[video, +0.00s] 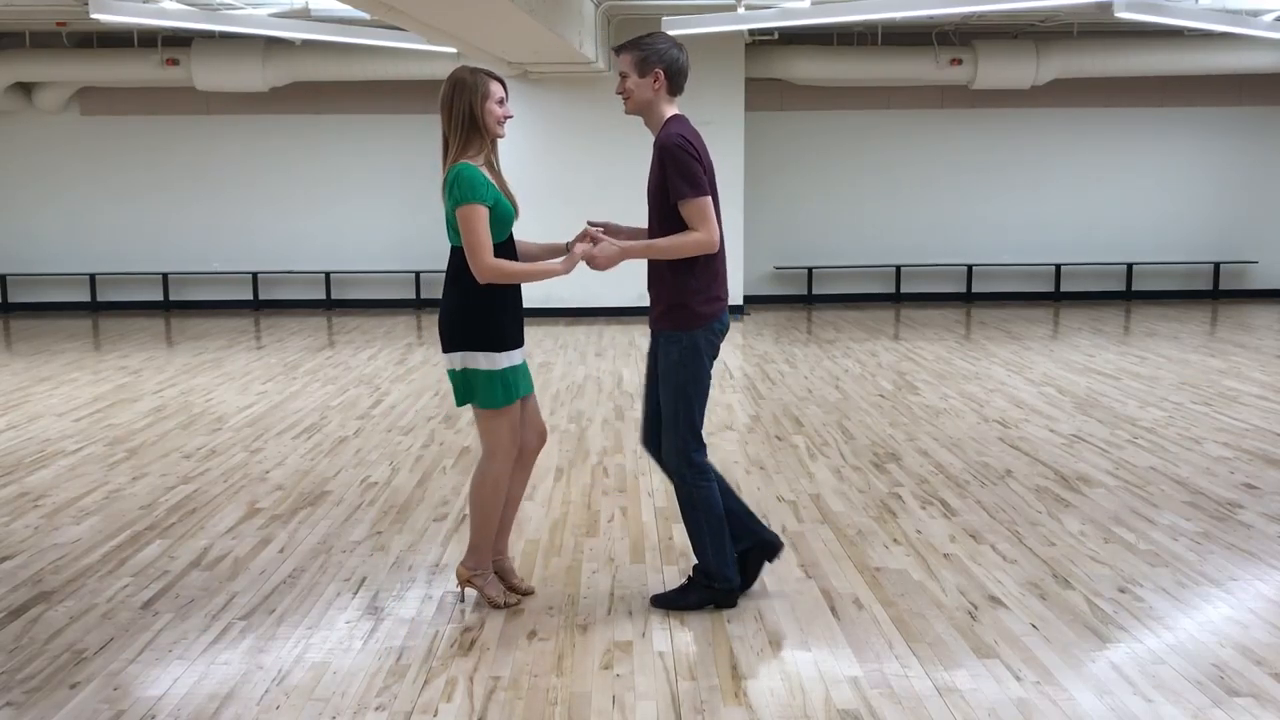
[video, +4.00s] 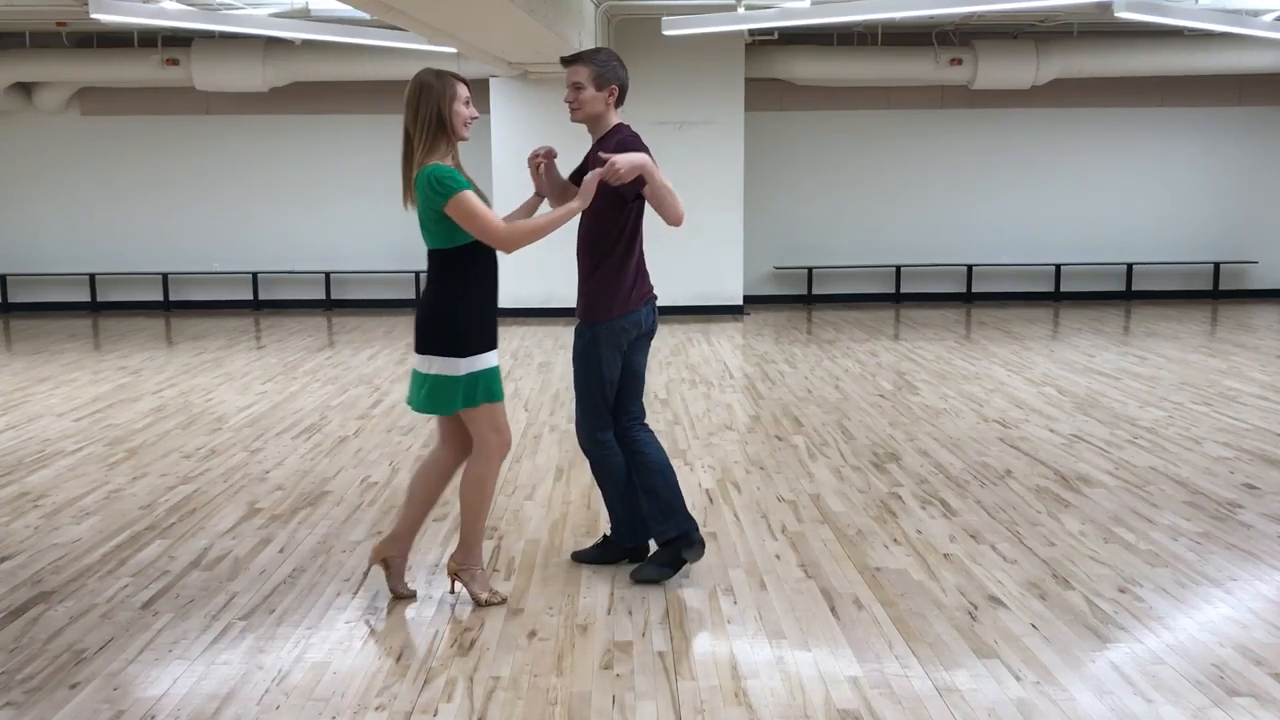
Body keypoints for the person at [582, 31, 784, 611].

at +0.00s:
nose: (618, 87)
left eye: (624, 77)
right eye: (618, 77)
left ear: (655, 78)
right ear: (656, 79)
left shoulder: (676, 142)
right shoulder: (669, 140)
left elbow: (707, 237)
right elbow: (680, 233)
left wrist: (627, 250)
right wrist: (622, 234)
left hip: (691, 321)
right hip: (674, 319)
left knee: (682, 448)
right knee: (659, 439)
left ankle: (718, 575)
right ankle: (750, 541)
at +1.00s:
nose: (545, 83)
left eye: (552, 73)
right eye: (546, 74)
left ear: (583, 76)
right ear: (585, 77)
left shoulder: (599, 140)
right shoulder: (598, 137)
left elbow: (615, 239)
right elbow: (594, 238)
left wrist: (533, 258)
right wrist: (530, 252)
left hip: (580, 320)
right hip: (583, 316)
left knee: (544, 443)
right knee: (571, 436)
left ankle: (556, 577)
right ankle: (626, 557)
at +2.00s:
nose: (619, 85)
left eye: (626, 74)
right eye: (619, 75)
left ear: (657, 75)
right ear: (659, 77)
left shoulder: (678, 141)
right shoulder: (677, 135)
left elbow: (705, 238)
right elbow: (686, 229)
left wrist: (627, 255)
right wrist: (629, 234)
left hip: (692, 319)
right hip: (696, 316)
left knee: (685, 448)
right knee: (705, 437)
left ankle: (714, 577)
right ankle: (771, 555)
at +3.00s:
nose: (557, 84)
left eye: (564, 75)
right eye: (558, 75)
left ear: (595, 79)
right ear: (597, 80)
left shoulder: (610, 143)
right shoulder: (614, 139)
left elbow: (622, 243)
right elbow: (607, 239)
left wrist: (539, 253)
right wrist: (538, 248)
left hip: (601, 321)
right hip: (609, 317)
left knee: (558, 442)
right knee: (592, 439)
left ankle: (589, 578)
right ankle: (635, 564)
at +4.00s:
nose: (568, 98)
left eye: (577, 89)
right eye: (567, 89)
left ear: (610, 93)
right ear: (594, 96)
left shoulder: (619, 147)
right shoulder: (602, 148)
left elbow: (674, 215)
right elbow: (566, 200)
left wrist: (645, 167)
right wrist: (548, 176)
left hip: (607, 315)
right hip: (633, 307)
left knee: (595, 429)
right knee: (628, 423)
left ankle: (628, 537)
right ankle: (679, 533)